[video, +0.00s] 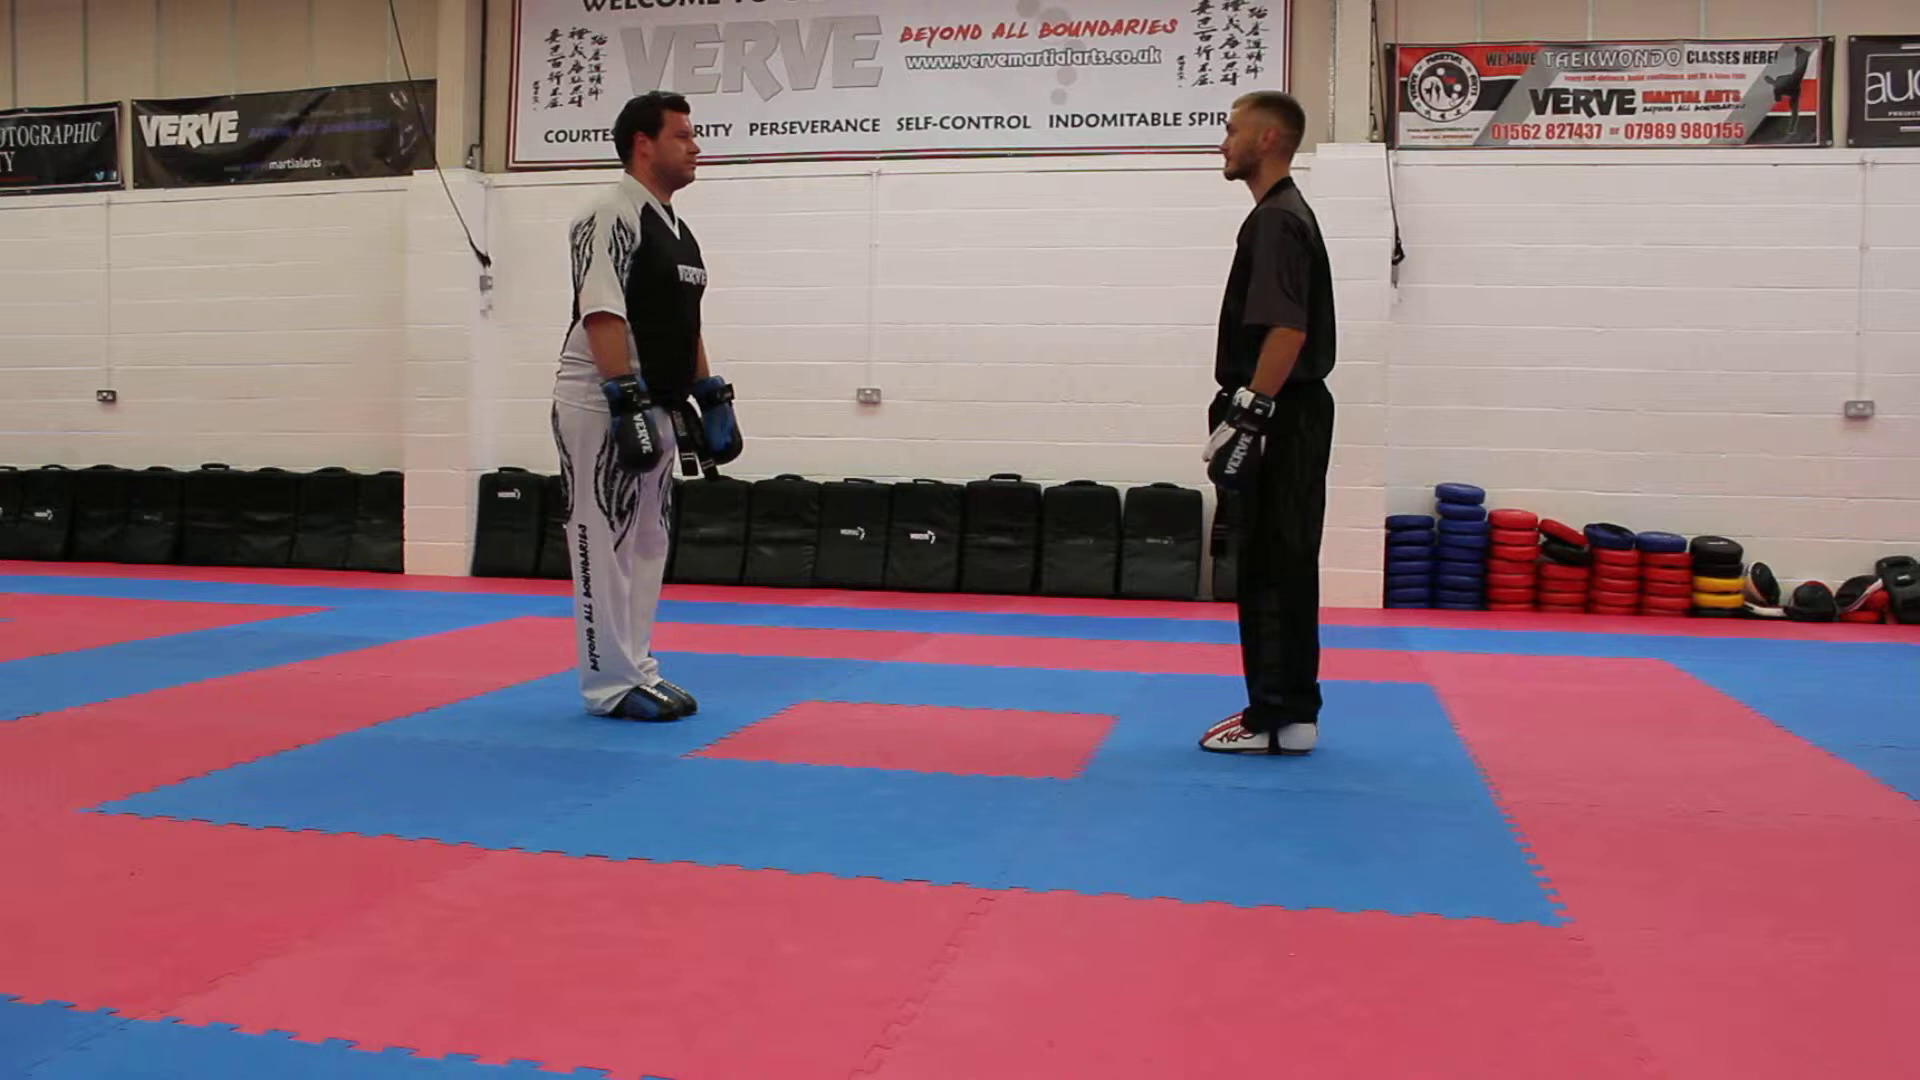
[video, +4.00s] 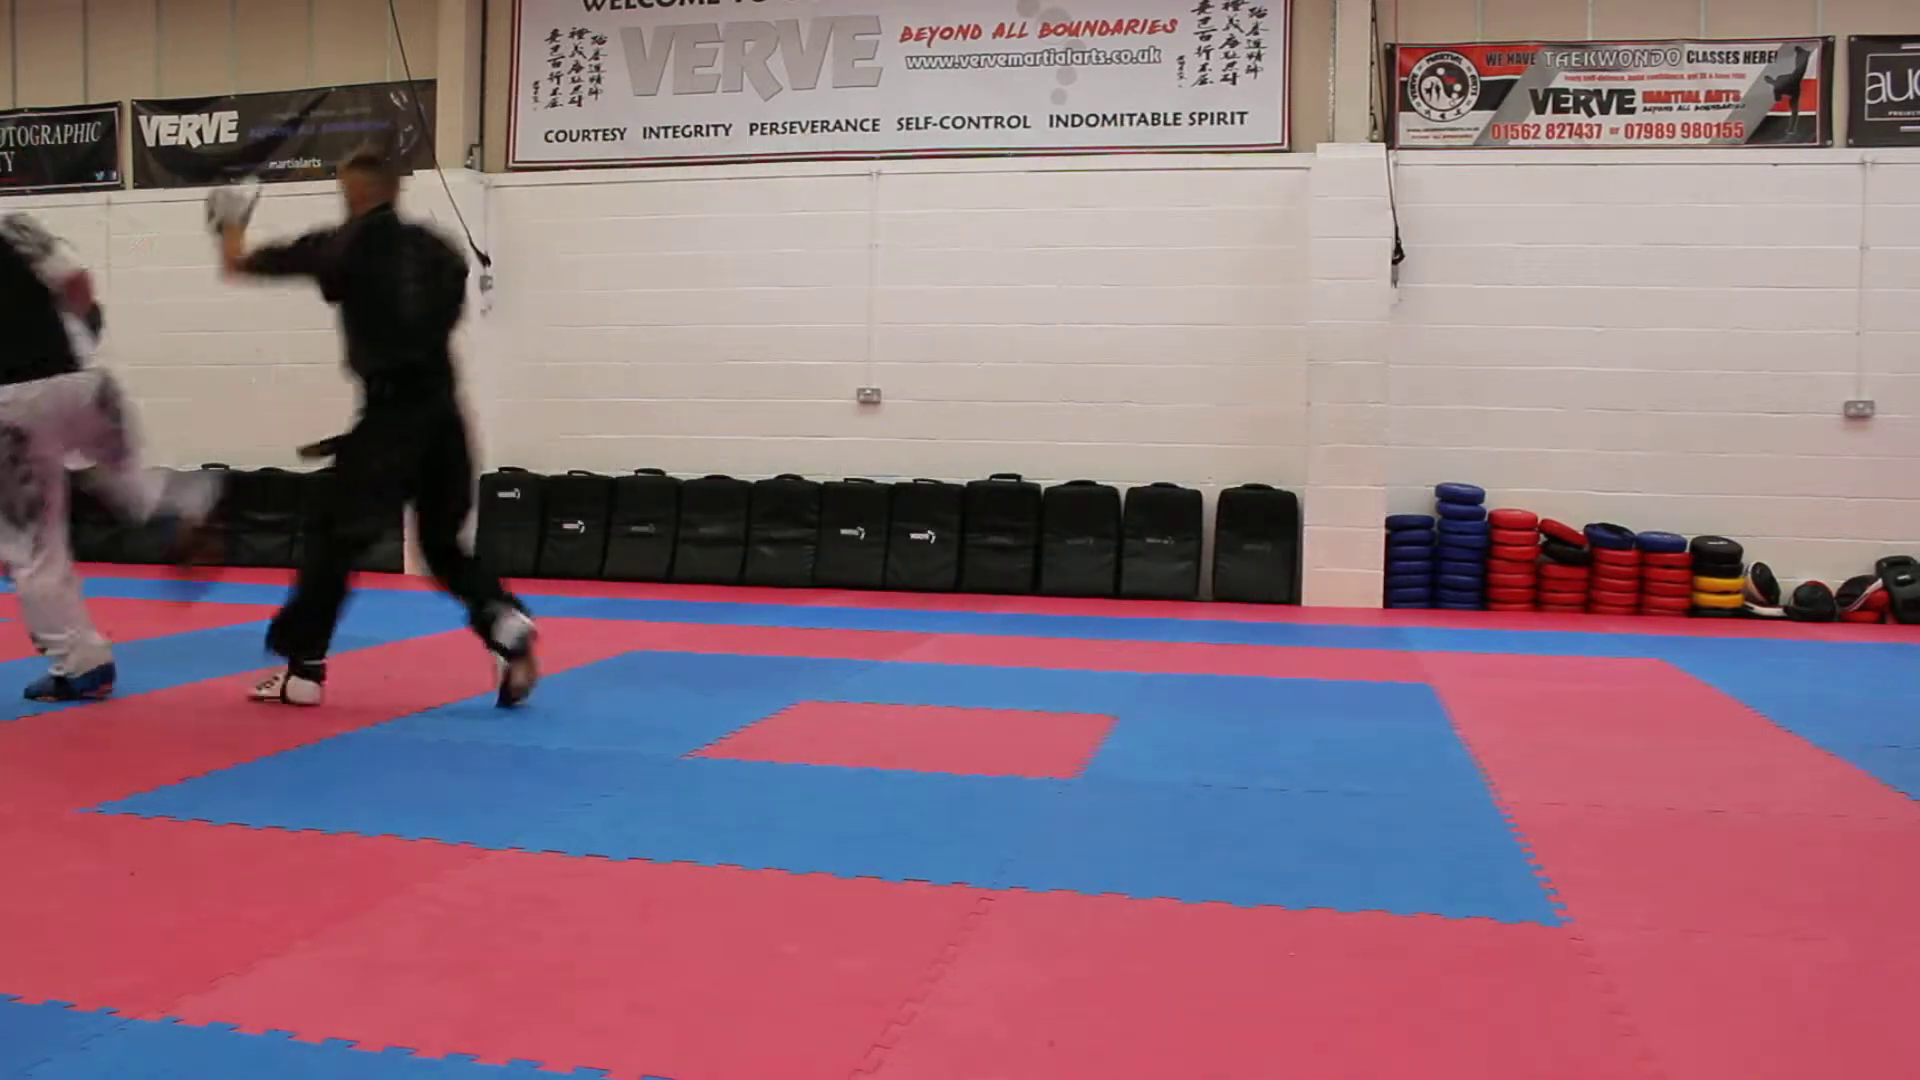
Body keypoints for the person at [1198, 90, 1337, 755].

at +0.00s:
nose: (1222, 142)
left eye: (1232, 131)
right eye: (1226, 131)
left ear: (1270, 140)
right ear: (1271, 140)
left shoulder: (1280, 221)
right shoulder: (1276, 215)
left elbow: (1289, 332)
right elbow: (1281, 330)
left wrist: (1247, 418)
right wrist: (1238, 411)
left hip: (1285, 412)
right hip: (1283, 410)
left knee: (1272, 562)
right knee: (1277, 561)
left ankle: (1279, 714)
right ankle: (1285, 707)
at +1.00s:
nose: (1128, 245)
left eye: (1136, 233)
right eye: (1130, 233)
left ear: (1169, 237)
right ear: (1172, 238)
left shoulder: (1224, 286)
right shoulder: (1214, 290)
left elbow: (1316, 349)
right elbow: (1306, 352)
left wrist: (1329, 436)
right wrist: (1312, 437)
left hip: (1358, 414)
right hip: (1349, 416)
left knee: (1338, 574)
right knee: (1334, 574)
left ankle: (1290, 716)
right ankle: (1294, 713)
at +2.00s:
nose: (1269, 149)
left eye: (1278, 137)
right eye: (1273, 137)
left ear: (1309, 146)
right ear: (1330, 150)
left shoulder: (1275, 230)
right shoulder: (1387, 232)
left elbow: (1254, 341)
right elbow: (1397, 337)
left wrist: (1197, 313)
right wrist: (1315, 321)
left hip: (1295, 414)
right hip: (1370, 413)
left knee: (1245, 548)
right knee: (1394, 555)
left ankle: (1186, 696)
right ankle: (1412, 709)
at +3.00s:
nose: (992, 173)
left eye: (1001, 163)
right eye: (995, 161)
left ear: (1023, 170)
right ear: (1047, 175)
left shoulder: (976, 239)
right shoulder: (1076, 265)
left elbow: (887, 292)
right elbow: (1093, 368)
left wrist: (860, 256)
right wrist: (1031, 346)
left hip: (920, 411)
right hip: (990, 430)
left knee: (845, 516)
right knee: (1031, 561)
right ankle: (1040, 708)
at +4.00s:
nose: (346, 193)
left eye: (349, 184)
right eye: (349, 183)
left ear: (356, 187)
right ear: (395, 188)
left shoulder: (344, 246)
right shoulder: (436, 249)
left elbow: (240, 263)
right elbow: (437, 327)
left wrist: (230, 221)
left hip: (387, 430)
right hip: (444, 428)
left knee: (333, 538)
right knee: (441, 543)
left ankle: (304, 668)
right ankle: (507, 626)